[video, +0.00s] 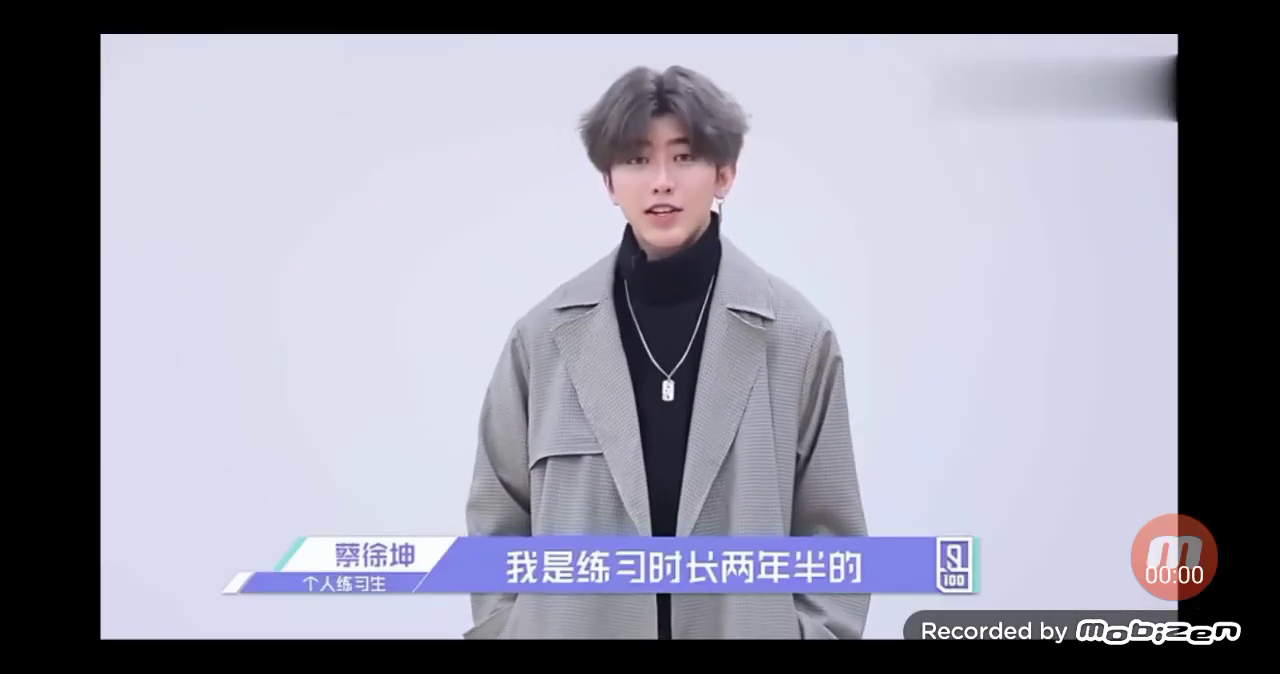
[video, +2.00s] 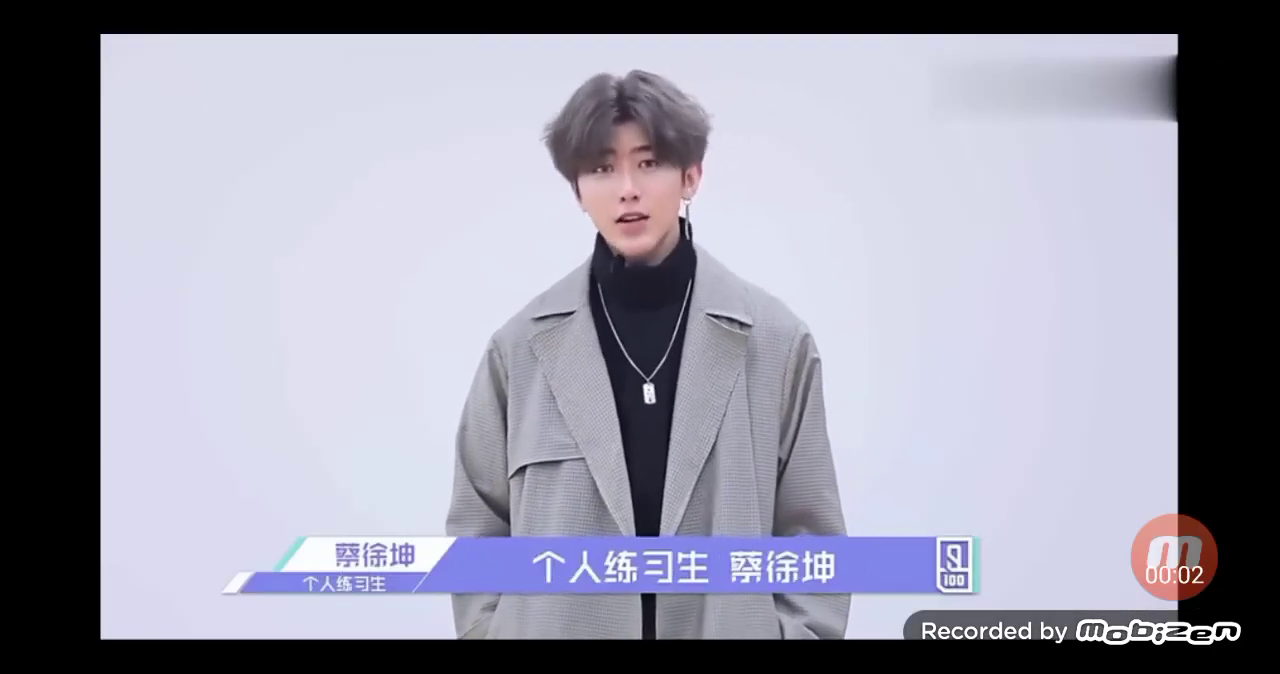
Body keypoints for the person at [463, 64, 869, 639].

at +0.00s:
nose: (661, 182)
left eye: (684, 157)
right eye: (638, 159)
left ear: (723, 176)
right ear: (610, 180)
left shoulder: (800, 336)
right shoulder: (538, 339)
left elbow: (835, 533)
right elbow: (495, 517)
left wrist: (815, 631)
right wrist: (503, 627)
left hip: (745, 629)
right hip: (575, 630)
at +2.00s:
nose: (628, 190)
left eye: (649, 164)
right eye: (603, 169)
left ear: (690, 178)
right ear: (577, 188)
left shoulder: (778, 342)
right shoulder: (516, 350)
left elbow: (815, 535)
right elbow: (474, 529)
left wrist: (795, 631)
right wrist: (493, 627)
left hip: (726, 631)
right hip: (559, 631)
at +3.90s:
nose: (578, 199)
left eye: (601, 171)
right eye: (553, 177)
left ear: (638, 185)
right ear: (527, 199)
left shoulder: (739, 332)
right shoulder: (484, 364)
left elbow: (789, 534)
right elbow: (453, 550)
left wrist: (775, 631)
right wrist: (475, 628)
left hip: (701, 629)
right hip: (540, 631)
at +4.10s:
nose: (579, 199)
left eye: (599, 170)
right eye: (553, 179)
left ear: (641, 184)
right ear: (530, 203)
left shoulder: (745, 332)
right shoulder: (494, 365)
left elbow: (793, 533)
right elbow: (463, 545)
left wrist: (778, 631)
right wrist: (481, 628)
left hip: (705, 629)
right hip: (545, 631)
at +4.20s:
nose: (584, 196)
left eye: (604, 167)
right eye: (559, 178)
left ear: (649, 181)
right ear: (539, 204)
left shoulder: (753, 333)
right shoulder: (501, 364)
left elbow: (797, 533)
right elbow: (468, 545)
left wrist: (780, 631)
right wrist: (485, 628)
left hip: (709, 629)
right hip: (549, 631)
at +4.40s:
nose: (620, 193)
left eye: (640, 166)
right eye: (595, 175)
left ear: (686, 178)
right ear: (576, 200)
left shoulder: (783, 339)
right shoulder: (527, 360)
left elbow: (816, 538)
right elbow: (486, 538)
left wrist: (794, 630)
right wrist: (502, 627)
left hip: (727, 630)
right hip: (570, 630)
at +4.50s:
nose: (640, 193)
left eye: (659, 167)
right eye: (615, 175)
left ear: (705, 181)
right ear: (594, 199)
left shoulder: (797, 342)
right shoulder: (542, 356)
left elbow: (827, 541)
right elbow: (495, 536)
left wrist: (805, 631)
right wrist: (510, 628)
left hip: (737, 630)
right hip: (581, 630)